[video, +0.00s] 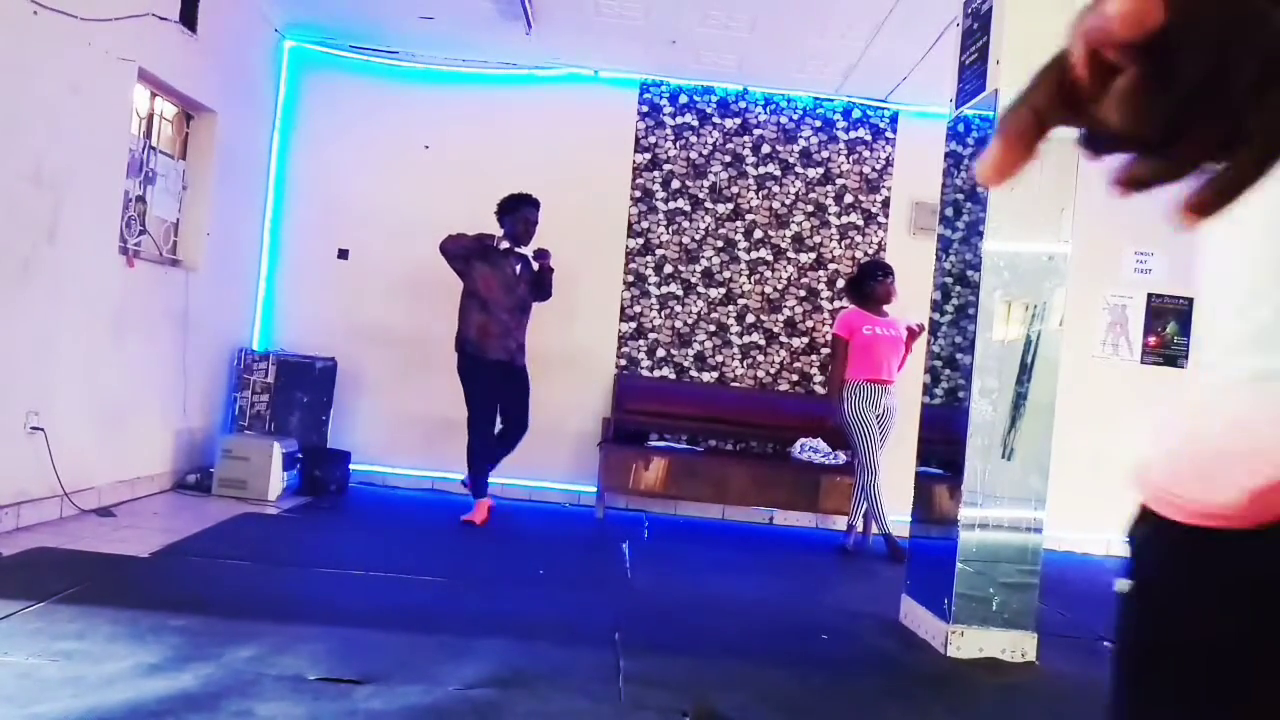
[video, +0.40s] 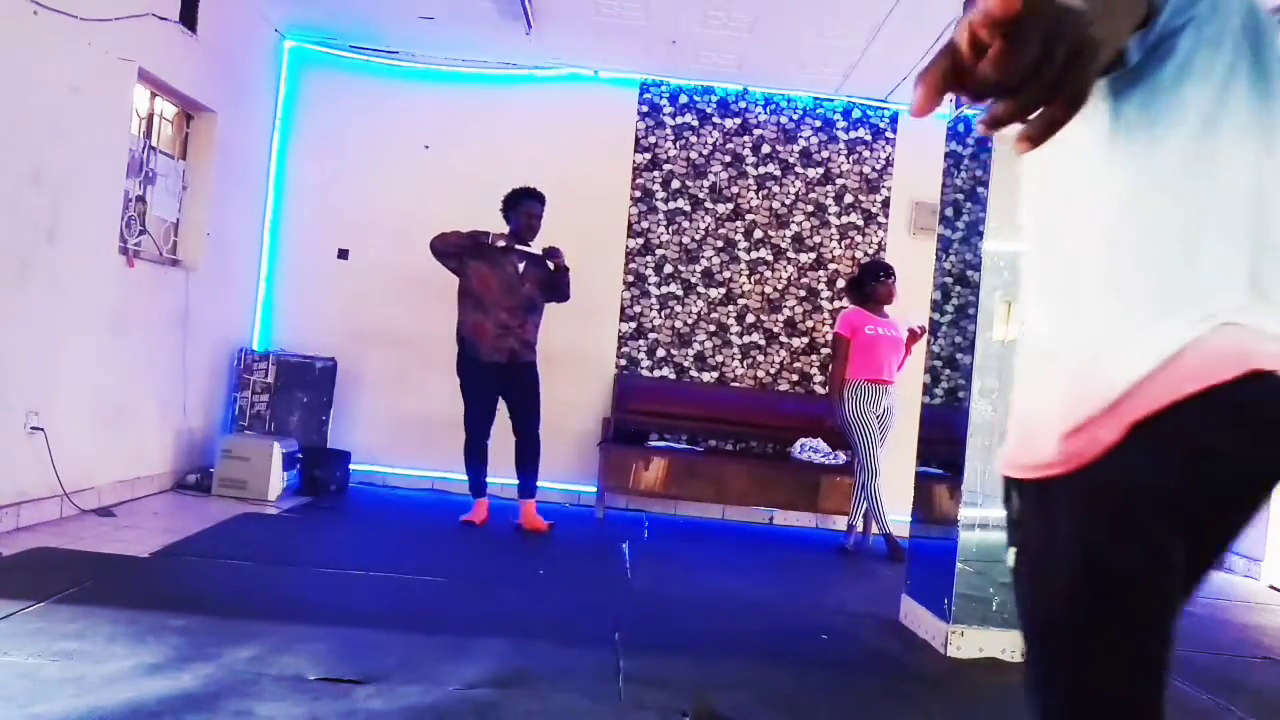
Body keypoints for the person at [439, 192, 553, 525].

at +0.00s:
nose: (532, 228)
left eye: (535, 222)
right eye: (527, 221)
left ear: (534, 226)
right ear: (507, 220)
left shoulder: (527, 267)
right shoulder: (479, 255)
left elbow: (543, 293)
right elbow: (448, 246)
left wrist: (544, 268)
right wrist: (484, 240)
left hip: (511, 357)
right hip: (477, 352)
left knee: (516, 425)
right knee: (481, 424)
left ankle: (477, 472)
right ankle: (481, 499)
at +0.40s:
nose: (535, 223)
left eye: (539, 217)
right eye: (528, 216)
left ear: (541, 222)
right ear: (509, 215)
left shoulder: (538, 267)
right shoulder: (475, 255)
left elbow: (562, 294)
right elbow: (438, 245)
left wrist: (559, 266)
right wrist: (482, 238)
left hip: (521, 362)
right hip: (478, 359)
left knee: (528, 431)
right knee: (477, 431)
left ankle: (528, 509)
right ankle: (479, 502)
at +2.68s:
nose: (441, 187)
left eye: (449, 181)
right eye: (435, 180)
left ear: (465, 185)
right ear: (428, 182)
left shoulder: (482, 233)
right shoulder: (411, 226)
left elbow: (509, 288)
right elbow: (372, 272)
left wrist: (489, 272)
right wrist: (389, 258)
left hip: (449, 353)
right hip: (403, 347)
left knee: (433, 433)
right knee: (383, 423)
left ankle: (424, 517)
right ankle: (393, 508)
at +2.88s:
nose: (437, 177)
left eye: (446, 171)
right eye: (432, 169)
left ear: (461, 179)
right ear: (424, 173)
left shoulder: (476, 230)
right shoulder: (405, 225)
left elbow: (484, 291)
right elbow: (391, 284)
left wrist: (460, 268)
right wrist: (394, 328)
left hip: (442, 350)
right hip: (399, 345)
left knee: (427, 434)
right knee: (387, 431)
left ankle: (422, 517)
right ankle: (389, 513)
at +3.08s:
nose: (436, 177)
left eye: (445, 171)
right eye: (431, 170)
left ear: (461, 180)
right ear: (424, 175)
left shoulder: (476, 232)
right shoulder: (400, 225)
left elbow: (490, 291)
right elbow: (383, 284)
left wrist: (495, 294)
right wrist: (396, 332)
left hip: (445, 352)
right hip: (400, 346)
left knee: (428, 432)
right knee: (390, 428)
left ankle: (422, 510)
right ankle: (411, 496)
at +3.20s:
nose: (438, 181)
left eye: (447, 175)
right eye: (433, 174)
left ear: (463, 183)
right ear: (425, 178)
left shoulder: (473, 236)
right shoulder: (399, 224)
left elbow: (484, 295)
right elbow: (383, 285)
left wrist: (498, 293)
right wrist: (394, 336)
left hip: (447, 348)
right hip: (402, 344)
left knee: (435, 420)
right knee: (400, 419)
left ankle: (408, 493)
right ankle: (416, 495)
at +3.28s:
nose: (440, 180)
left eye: (449, 174)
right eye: (435, 173)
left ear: (465, 183)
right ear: (426, 178)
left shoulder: (470, 239)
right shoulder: (398, 223)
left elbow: (478, 301)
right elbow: (383, 285)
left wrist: (505, 307)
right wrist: (400, 339)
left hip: (446, 344)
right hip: (399, 340)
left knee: (440, 418)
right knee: (401, 417)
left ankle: (407, 489)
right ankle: (414, 495)